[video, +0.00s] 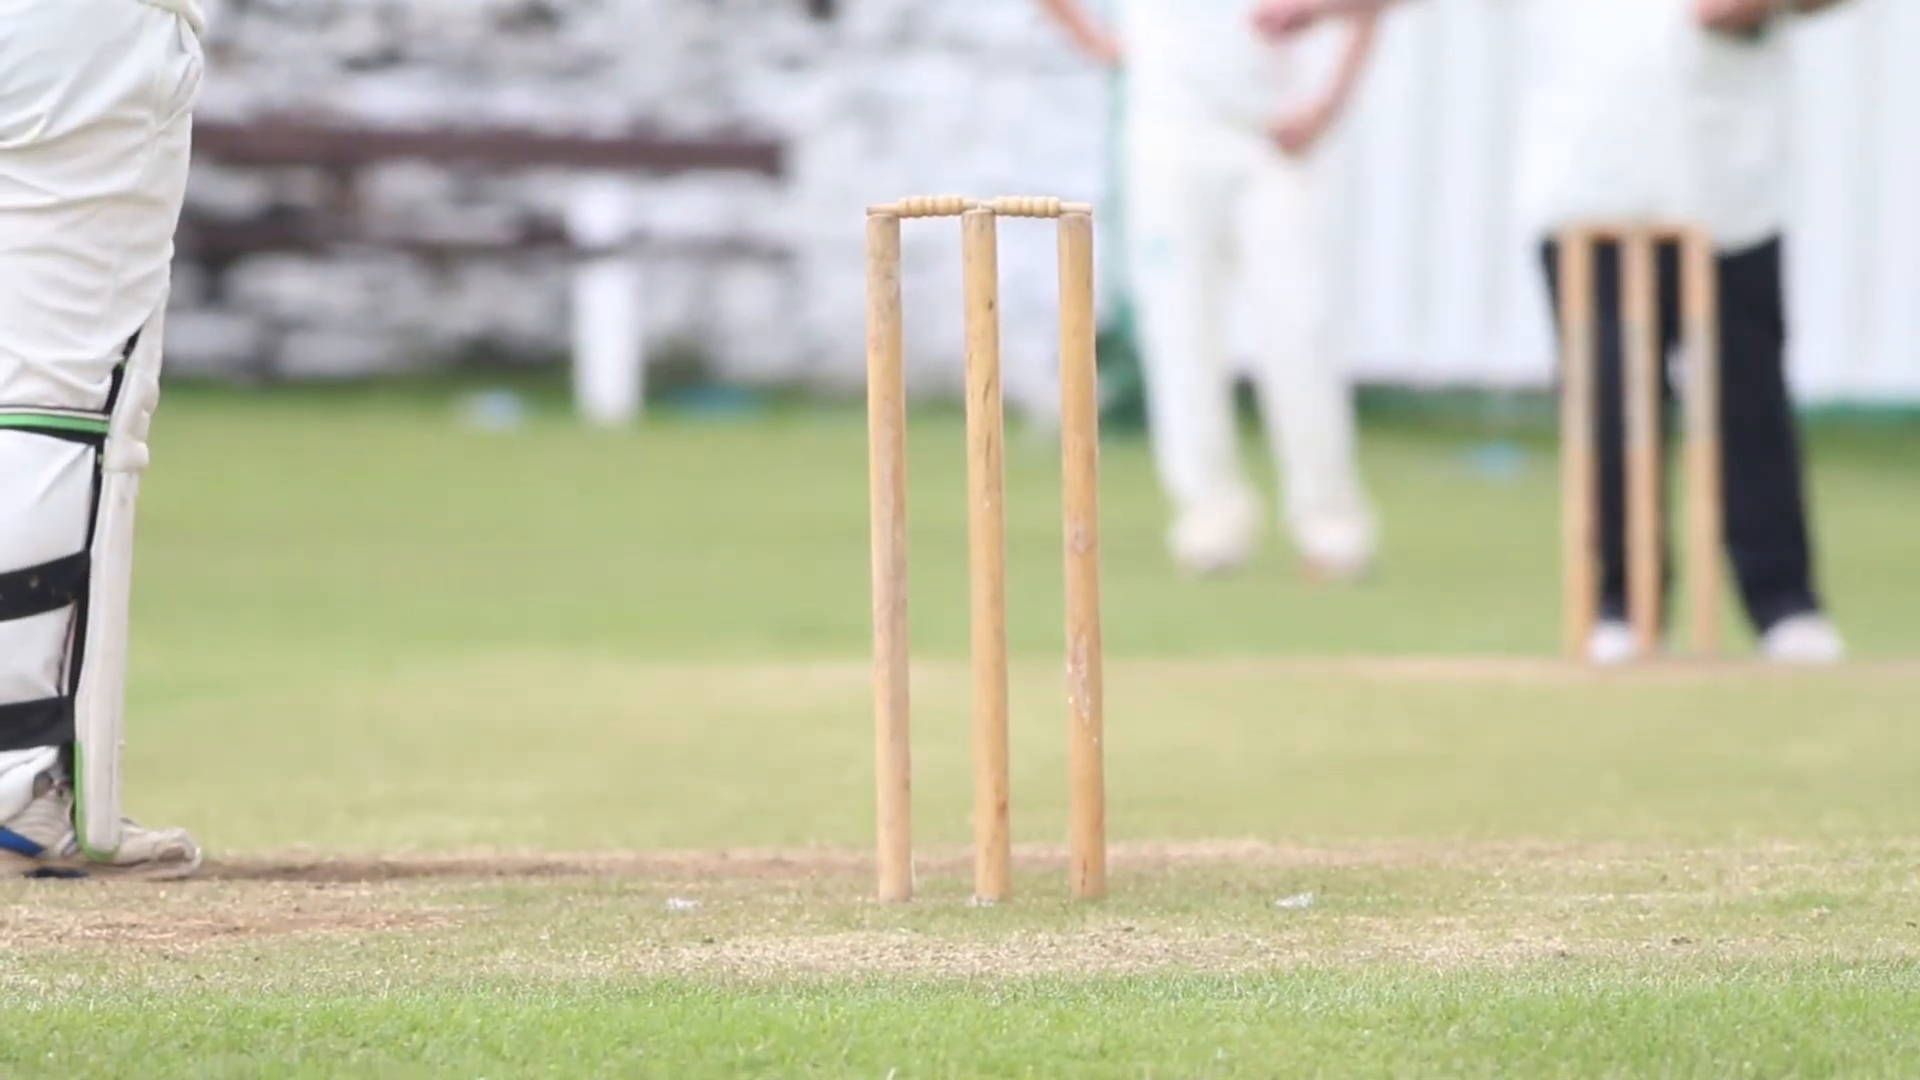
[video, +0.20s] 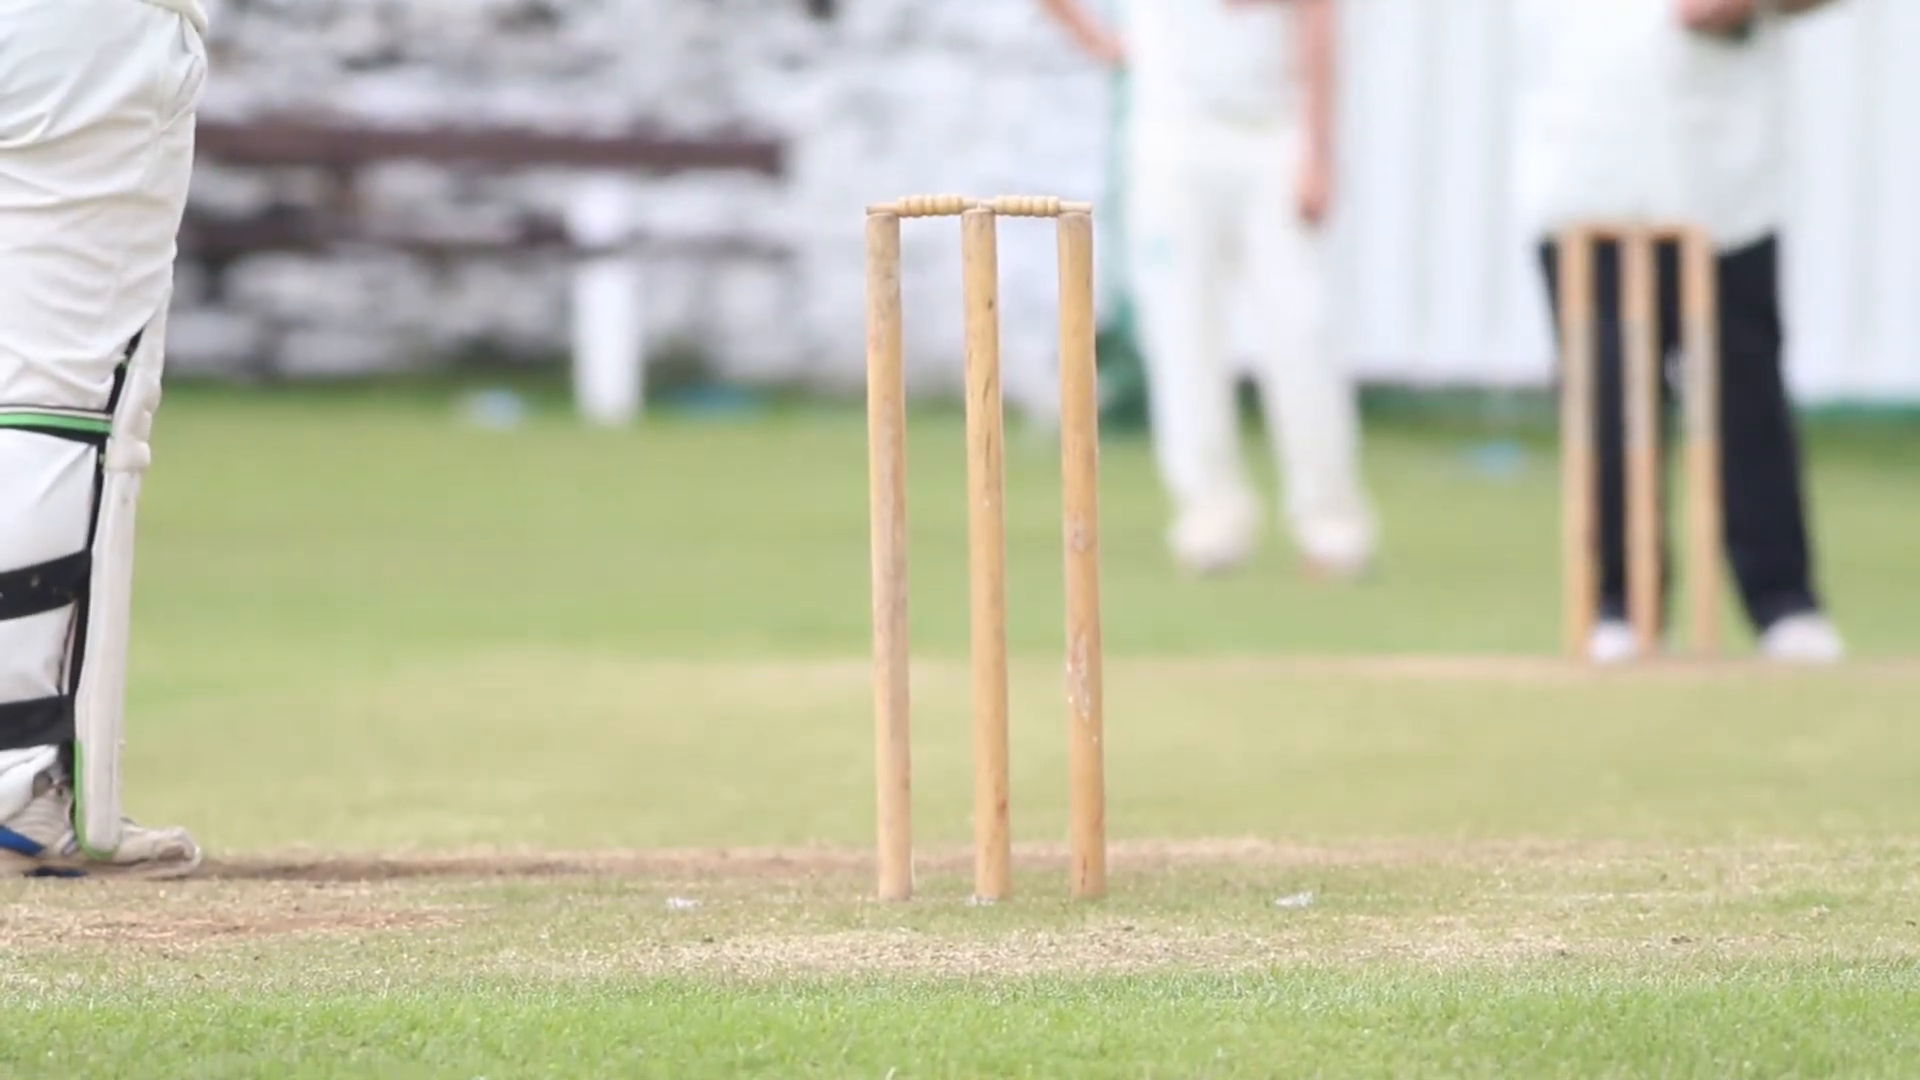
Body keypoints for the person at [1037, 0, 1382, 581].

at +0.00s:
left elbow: (1367, 11)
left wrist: (1323, 104)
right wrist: (1097, 40)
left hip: (1282, 119)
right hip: (1167, 112)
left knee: (1297, 325)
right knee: (1177, 326)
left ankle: (1329, 520)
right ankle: (1210, 515)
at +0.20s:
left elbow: (1317, 27)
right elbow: (1050, 5)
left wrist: (1316, 157)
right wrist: (1102, 42)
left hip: (1275, 126)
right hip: (1169, 125)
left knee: (1299, 328)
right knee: (1180, 329)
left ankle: (1329, 518)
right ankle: (1211, 515)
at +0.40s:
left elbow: (1379, 6)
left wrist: (1337, 88)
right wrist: (1096, 37)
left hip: (1281, 118)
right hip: (1166, 117)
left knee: (1302, 326)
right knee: (1178, 329)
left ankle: (1328, 517)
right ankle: (1212, 515)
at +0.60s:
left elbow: (1359, 10)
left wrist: (1326, 127)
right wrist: (1097, 37)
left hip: (1279, 124)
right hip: (1168, 120)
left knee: (1300, 330)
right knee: (1179, 331)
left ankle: (1329, 518)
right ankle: (1212, 515)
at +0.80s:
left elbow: (1327, 21)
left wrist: (1310, 144)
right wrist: (1098, 37)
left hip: (1279, 125)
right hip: (1170, 124)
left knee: (1304, 328)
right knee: (1181, 328)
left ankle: (1330, 516)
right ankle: (1213, 513)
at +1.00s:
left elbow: (1383, 5)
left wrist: (1343, 81)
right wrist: (1093, 35)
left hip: (1285, 114)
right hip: (1167, 113)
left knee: (1302, 324)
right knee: (1179, 326)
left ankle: (1328, 515)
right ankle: (1212, 512)